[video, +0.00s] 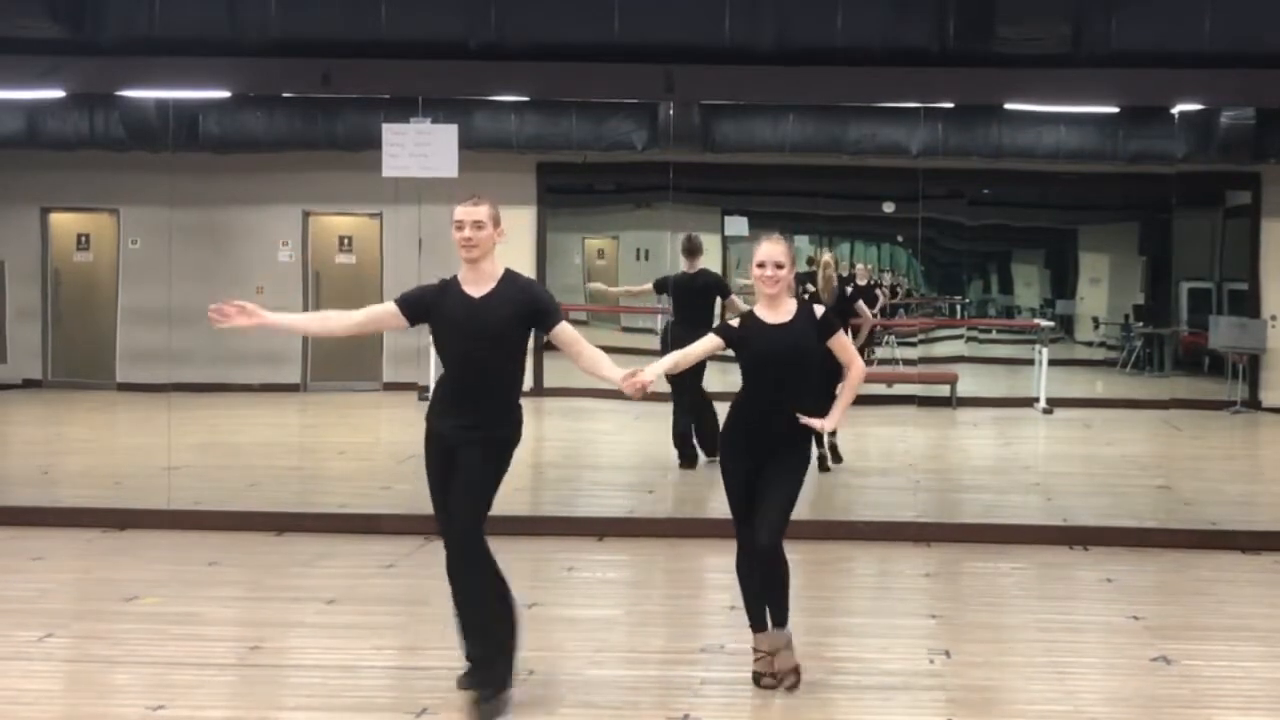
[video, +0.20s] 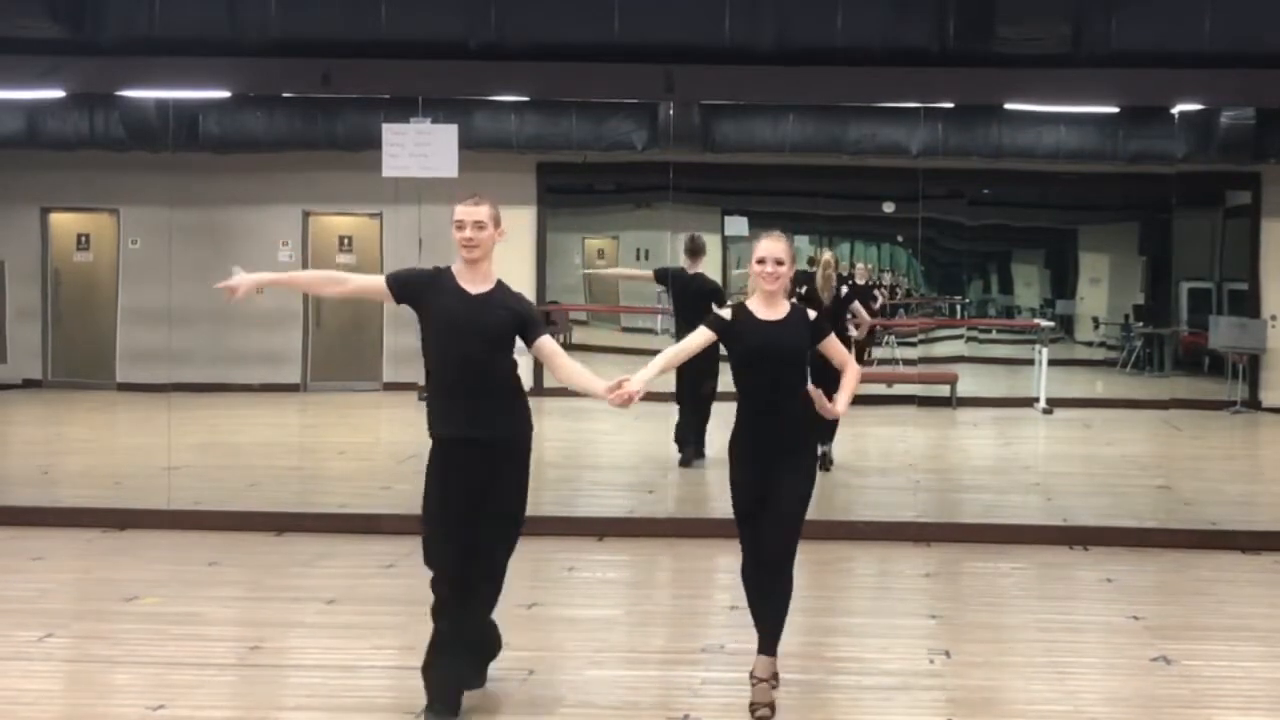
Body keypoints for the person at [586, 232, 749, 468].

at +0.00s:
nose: (692, 256)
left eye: (686, 253)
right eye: (696, 251)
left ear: (682, 254)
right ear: (702, 253)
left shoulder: (673, 281)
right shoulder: (714, 280)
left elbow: (636, 291)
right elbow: (739, 308)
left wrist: (607, 291)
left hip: (675, 345)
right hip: (701, 345)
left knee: (680, 398)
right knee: (696, 392)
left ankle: (687, 456)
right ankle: (711, 445)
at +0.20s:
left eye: (690, 253)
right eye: (701, 253)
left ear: (684, 254)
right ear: (704, 255)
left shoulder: (673, 276)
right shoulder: (711, 286)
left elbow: (634, 274)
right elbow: (727, 314)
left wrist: (597, 273)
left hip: (682, 350)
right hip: (707, 350)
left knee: (685, 398)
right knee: (703, 398)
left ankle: (685, 445)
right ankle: (696, 448)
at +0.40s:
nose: (700, 257)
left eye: (692, 253)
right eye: (704, 253)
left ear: (686, 254)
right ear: (707, 255)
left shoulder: (674, 271)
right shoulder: (710, 285)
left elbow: (637, 262)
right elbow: (730, 313)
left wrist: (607, 255)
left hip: (684, 349)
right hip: (708, 350)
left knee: (684, 398)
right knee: (704, 399)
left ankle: (683, 447)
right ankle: (697, 448)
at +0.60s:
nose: (697, 256)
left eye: (693, 252)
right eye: (703, 252)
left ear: (688, 253)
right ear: (709, 253)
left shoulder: (679, 275)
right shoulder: (719, 281)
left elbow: (639, 258)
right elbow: (734, 309)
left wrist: (637, 240)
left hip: (678, 345)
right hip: (705, 346)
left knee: (676, 397)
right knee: (699, 398)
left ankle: (676, 447)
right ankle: (695, 448)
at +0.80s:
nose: (710, 254)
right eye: (713, 251)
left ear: (695, 251)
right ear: (714, 252)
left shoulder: (682, 277)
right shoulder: (723, 280)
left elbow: (658, 290)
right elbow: (743, 303)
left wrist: (641, 271)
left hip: (678, 343)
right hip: (706, 344)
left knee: (675, 397)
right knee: (700, 396)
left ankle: (673, 453)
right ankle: (692, 451)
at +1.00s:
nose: (728, 253)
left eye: (727, 249)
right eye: (726, 249)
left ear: (707, 252)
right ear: (720, 252)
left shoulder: (695, 280)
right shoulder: (729, 279)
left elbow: (694, 310)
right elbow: (736, 309)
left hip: (693, 339)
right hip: (720, 343)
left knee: (681, 397)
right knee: (715, 399)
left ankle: (674, 453)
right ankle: (717, 455)